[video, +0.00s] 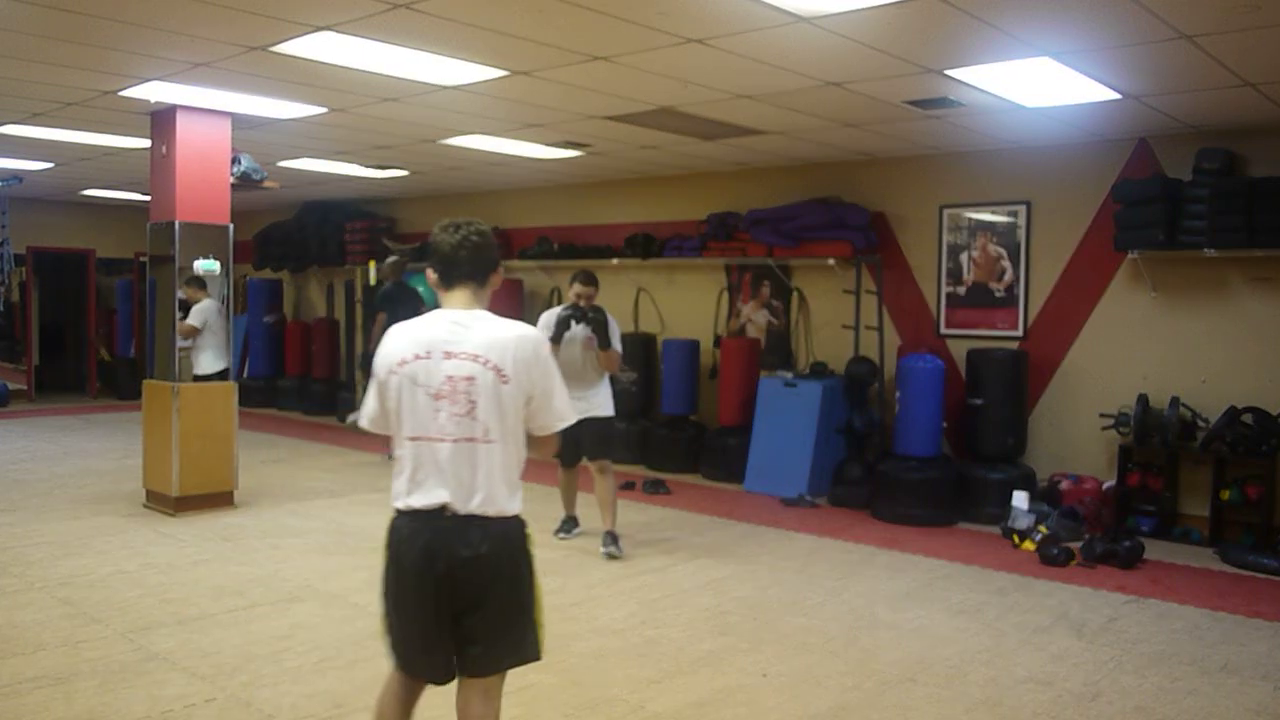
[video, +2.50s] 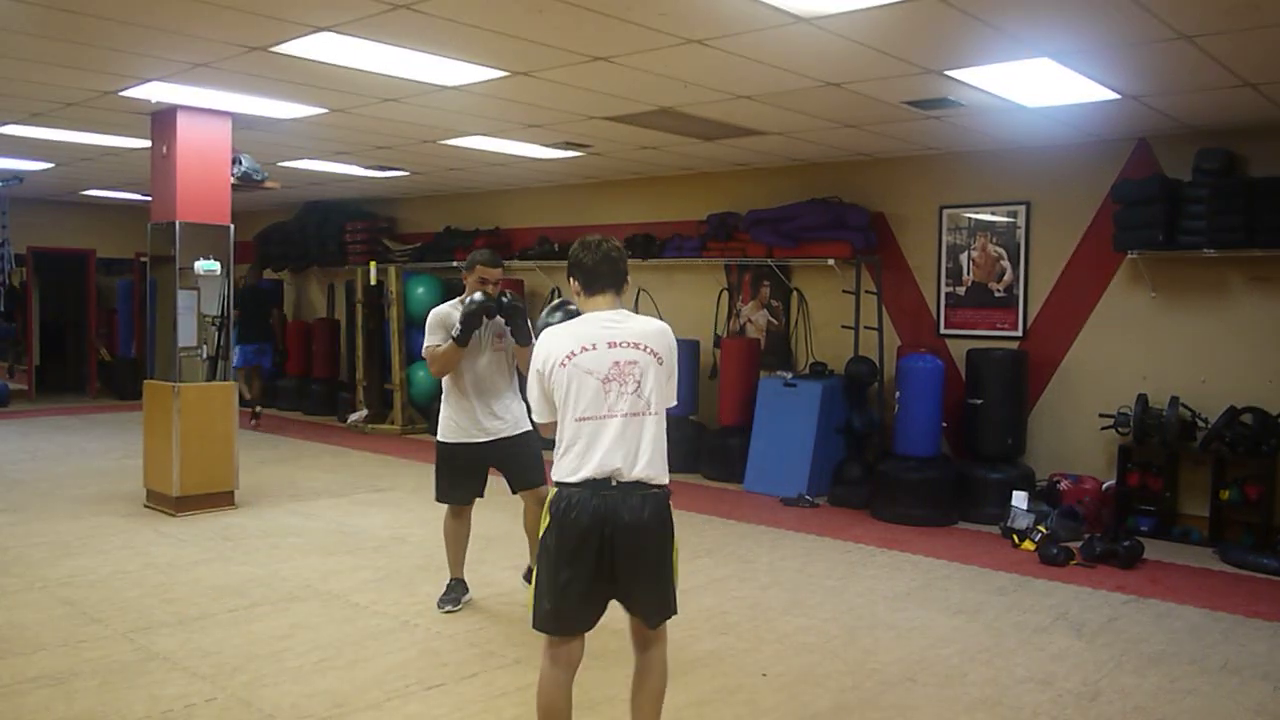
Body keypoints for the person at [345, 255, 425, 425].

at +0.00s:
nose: (380, 271)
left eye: (383, 267)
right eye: (382, 267)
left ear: (390, 270)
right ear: (400, 271)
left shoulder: (386, 292)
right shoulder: (412, 291)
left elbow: (381, 320)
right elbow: (423, 313)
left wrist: (372, 346)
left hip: (389, 343)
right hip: (409, 342)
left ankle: (366, 410)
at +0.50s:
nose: (352, 273)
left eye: (354, 271)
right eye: (356, 270)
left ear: (355, 273)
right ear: (371, 274)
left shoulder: (349, 294)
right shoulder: (380, 294)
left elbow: (345, 321)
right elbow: (389, 321)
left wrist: (338, 345)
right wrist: (390, 345)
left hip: (353, 348)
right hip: (375, 347)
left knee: (342, 389)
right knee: (366, 391)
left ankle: (353, 413)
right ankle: (364, 436)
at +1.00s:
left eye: (315, 273)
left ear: (315, 274)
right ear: (331, 274)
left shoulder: (310, 293)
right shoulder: (341, 292)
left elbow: (306, 319)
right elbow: (350, 316)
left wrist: (300, 340)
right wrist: (348, 335)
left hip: (317, 346)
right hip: (337, 344)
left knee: (315, 389)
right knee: (330, 385)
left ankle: (318, 433)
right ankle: (340, 414)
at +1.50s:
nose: (292, 278)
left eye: (293, 275)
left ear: (294, 276)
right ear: (308, 277)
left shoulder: (287, 293)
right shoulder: (316, 294)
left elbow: (282, 318)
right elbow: (323, 318)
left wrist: (274, 338)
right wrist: (324, 340)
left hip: (291, 343)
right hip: (310, 342)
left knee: (282, 380)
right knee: (303, 381)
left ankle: (294, 405)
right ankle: (301, 422)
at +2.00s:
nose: (261, 277)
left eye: (263, 274)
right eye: (263, 273)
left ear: (264, 276)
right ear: (279, 277)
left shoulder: (261, 293)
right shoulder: (288, 294)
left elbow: (256, 319)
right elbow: (296, 317)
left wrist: (252, 342)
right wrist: (294, 338)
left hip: (264, 342)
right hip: (284, 342)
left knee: (262, 379)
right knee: (282, 378)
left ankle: (264, 421)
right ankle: (289, 406)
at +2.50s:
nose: (249, 278)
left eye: (249, 275)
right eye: (253, 275)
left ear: (247, 277)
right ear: (261, 277)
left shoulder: (242, 293)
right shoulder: (269, 294)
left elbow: (235, 315)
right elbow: (275, 316)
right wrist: (279, 340)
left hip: (245, 340)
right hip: (264, 339)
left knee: (240, 374)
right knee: (257, 375)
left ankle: (251, 400)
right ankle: (255, 408)